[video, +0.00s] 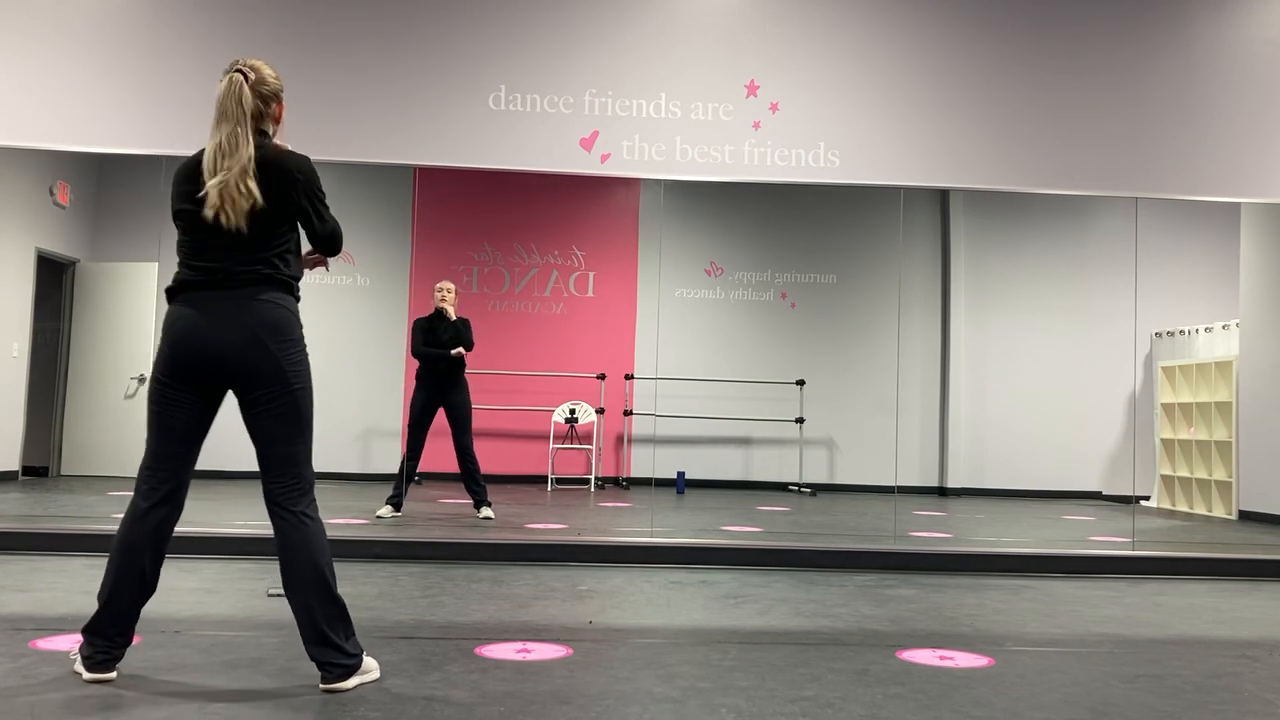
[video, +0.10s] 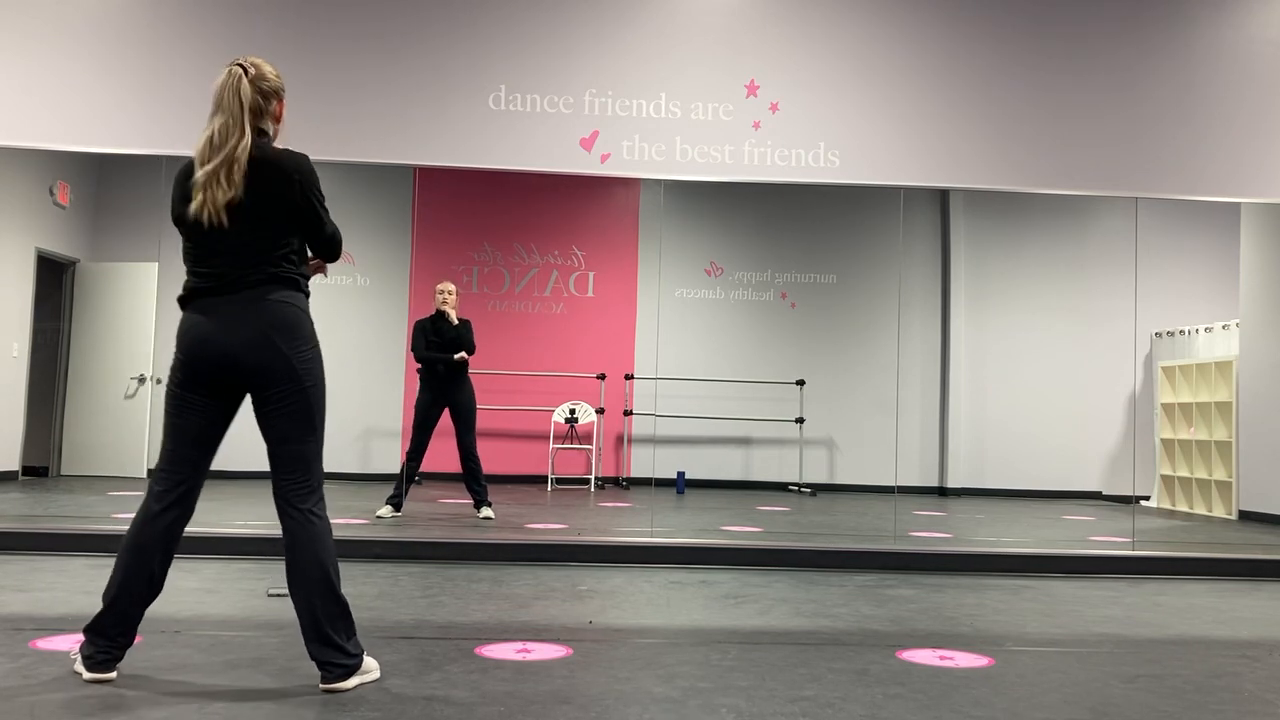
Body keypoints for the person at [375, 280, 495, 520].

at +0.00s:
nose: (443, 294)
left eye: (448, 291)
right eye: (440, 291)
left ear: (455, 298)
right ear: (433, 296)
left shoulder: (462, 323)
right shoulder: (421, 323)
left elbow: (468, 347)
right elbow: (416, 351)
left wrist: (453, 318)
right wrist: (449, 353)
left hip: (455, 390)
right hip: (426, 389)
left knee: (465, 447)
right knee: (413, 449)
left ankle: (482, 504)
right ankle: (394, 504)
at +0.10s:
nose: (444, 296)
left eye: (449, 293)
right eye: (441, 292)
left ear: (457, 299)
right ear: (434, 297)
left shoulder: (464, 325)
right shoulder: (422, 325)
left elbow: (469, 350)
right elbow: (419, 354)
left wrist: (454, 322)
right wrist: (452, 358)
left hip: (460, 391)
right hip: (430, 391)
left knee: (468, 448)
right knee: (416, 449)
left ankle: (482, 504)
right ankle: (394, 504)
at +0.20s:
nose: (446, 299)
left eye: (450, 295)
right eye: (442, 295)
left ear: (457, 300)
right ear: (435, 299)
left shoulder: (465, 326)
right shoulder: (423, 327)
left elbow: (469, 354)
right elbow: (419, 360)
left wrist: (454, 326)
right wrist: (452, 362)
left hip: (464, 391)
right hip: (434, 392)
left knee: (471, 449)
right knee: (418, 451)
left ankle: (483, 504)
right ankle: (394, 504)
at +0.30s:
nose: (446, 297)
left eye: (450, 293)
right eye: (442, 293)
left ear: (457, 299)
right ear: (435, 298)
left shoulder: (465, 325)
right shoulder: (423, 325)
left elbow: (471, 350)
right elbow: (421, 356)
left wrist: (456, 322)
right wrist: (453, 358)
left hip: (462, 391)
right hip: (432, 391)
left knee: (469, 449)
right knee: (416, 450)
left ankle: (483, 504)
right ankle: (394, 504)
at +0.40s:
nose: (444, 294)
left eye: (449, 291)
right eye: (440, 291)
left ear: (457, 298)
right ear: (434, 297)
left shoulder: (464, 322)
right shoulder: (423, 323)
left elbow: (471, 343)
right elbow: (420, 349)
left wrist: (454, 317)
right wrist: (453, 350)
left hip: (458, 389)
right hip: (428, 389)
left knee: (466, 448)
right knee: (413, 449)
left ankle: (482, 504)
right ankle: (394, 504)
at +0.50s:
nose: (441, 294)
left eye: (447, 291)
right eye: (438, 291)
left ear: (455, 298)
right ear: (432, 296)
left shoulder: (462, 322)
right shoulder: (421, 322)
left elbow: (466, 341)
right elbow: (416, 347)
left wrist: (450, 316)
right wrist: (446, 348)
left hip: (453, 389)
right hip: (424, 389)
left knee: (463, 448)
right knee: (412, 449)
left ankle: (482, 504)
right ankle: (394, 504)